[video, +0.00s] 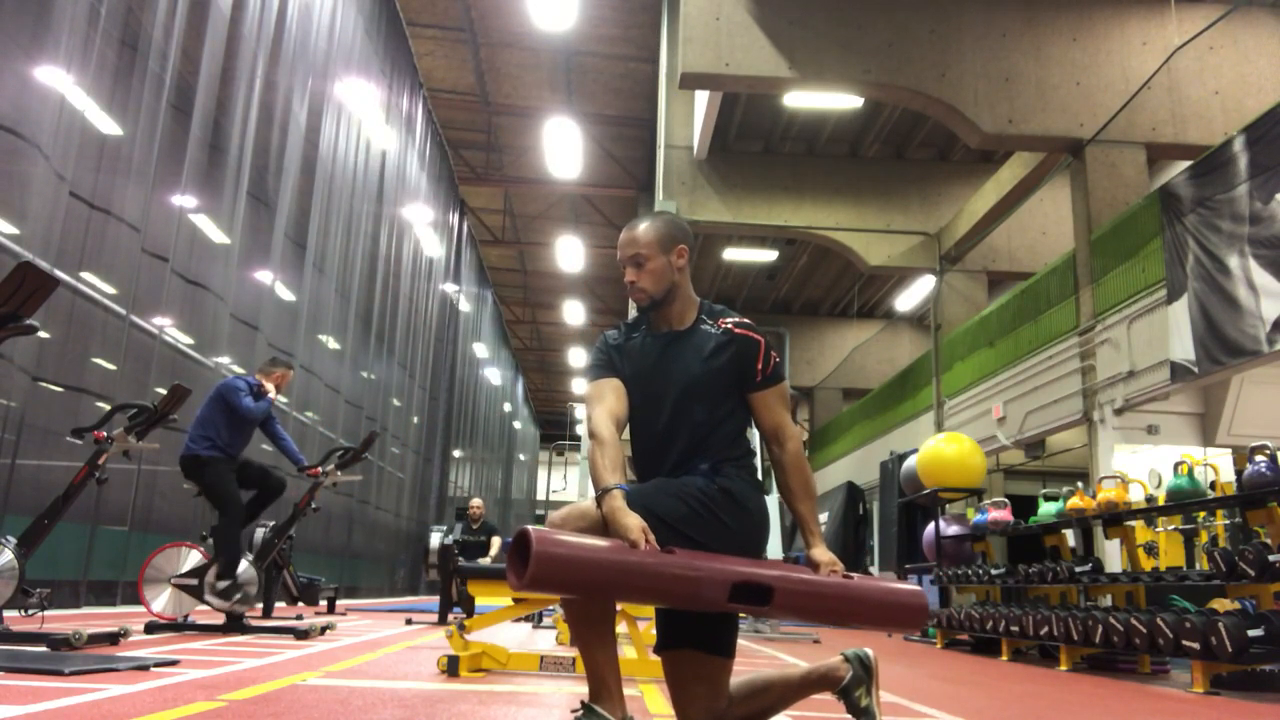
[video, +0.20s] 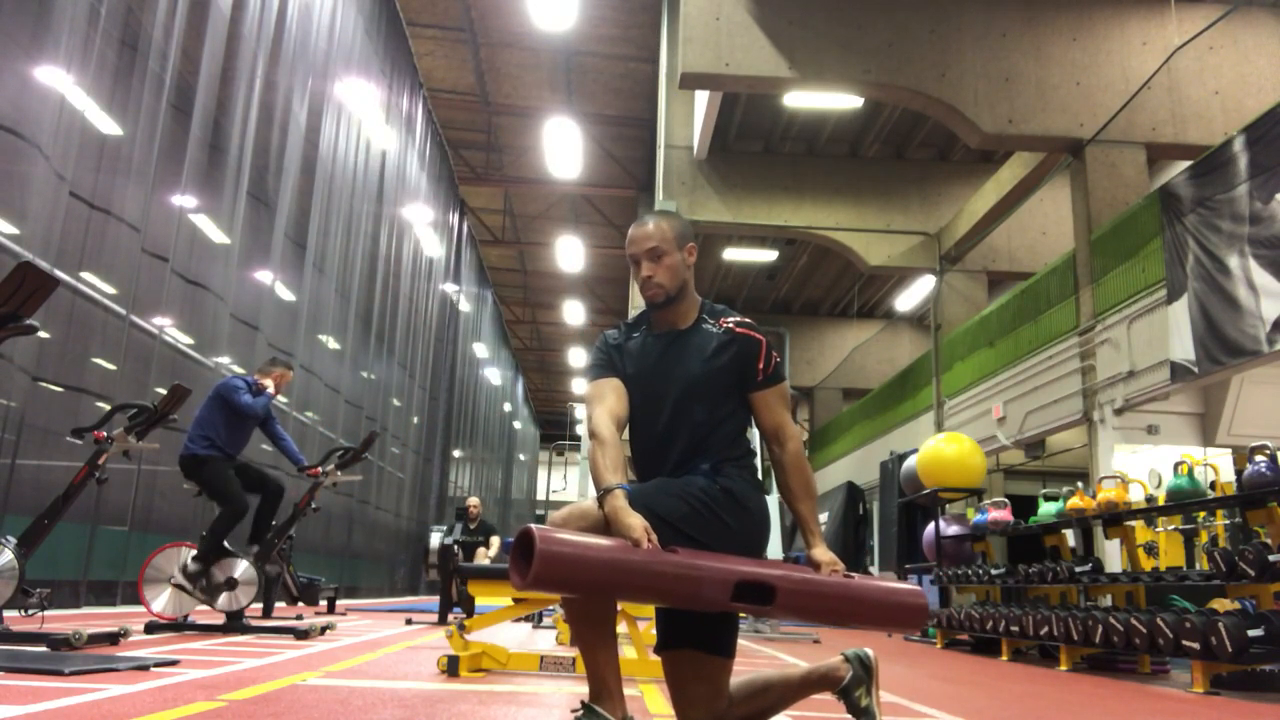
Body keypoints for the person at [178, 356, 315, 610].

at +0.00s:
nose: (283, 389)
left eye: (285, 386)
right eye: (285, 384)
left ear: (271, 376)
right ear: (277, 377)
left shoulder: (260, 401)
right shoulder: (234, 385)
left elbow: (277, 434)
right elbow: (251, 412)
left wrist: (303, 465)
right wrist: (270, 397)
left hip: (227, 461)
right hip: (202, 459)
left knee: (275, 484)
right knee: (233, 510)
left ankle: (229, 529)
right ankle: (224, 580)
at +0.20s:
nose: (282, 389)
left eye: (284, 386)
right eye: (284, 384)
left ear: (272, 378)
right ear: (274, 377)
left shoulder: (261, 401)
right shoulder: (232, 384)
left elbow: (277, 435)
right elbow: (251, 409)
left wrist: (303, 465)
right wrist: (269, 392)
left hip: (226, 461)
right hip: (200, 458)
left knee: (274, 488)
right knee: (238, 505)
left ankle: (257, 546)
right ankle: (198, 563)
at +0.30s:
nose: (283, 388)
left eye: (285, 384)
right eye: (283, 382)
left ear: (273, 379)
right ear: (269, 375)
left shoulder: (260, 404)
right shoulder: (231, 385)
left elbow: (277, 435)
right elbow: (248, 410)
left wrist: (303, 465)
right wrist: (266, 390)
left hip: (222, 461)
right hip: (200, 457)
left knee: (261, 509)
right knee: (248, 492)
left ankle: (252, 563)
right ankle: (206, 539)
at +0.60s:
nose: (280, 388)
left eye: (283, 385)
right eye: (280, 381)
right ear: (266, 371)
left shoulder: (259, 404)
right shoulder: (229, 384)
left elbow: (277, 435)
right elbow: (238, 413)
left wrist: (303, 465)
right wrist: (264, 395)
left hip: (218, 461)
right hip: (199, 456)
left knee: (257, 509)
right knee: (255, 485)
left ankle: (226, 544)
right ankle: (239, 549)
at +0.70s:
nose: (280, 389)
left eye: (284, 386)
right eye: (281, 382)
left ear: (266, 374)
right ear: (265, 371)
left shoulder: (260, 405)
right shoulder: (229, 384)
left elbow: (277, 436)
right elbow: (235, 414)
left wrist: (303, 466)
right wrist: (262, 400)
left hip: (226, 461)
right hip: (200, 458)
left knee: (270, 496)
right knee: (241, 502)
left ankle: (226, 536)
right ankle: (232, 573)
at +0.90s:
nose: (282, 390)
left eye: (285, 386)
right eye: (282, 383)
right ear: (266, 372)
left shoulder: (259, 406)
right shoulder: (232, 385)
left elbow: (277, 436)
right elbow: (235, 414)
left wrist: (303, 464)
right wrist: (266, 405)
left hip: (227, 462)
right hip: (200, 459)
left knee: (277, 479)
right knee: (230, 511)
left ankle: (247, 534)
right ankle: (198, 575)